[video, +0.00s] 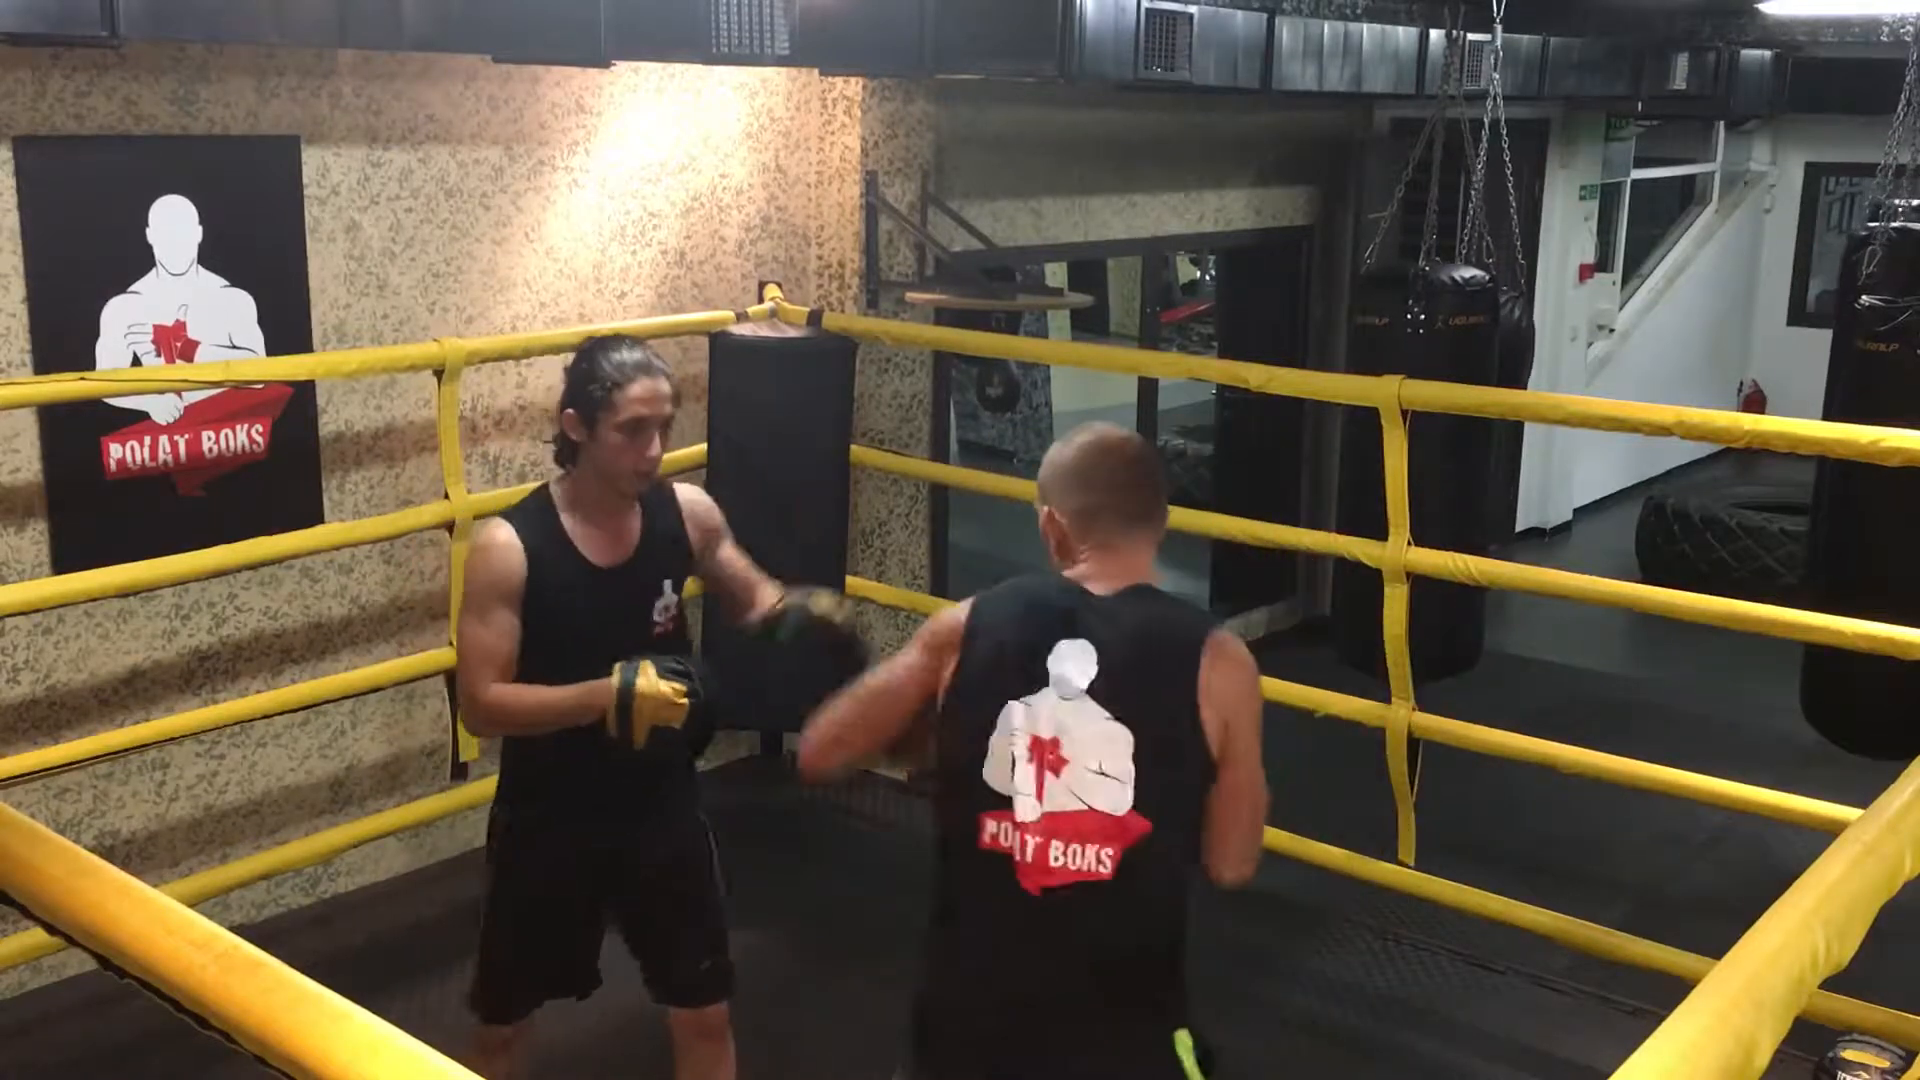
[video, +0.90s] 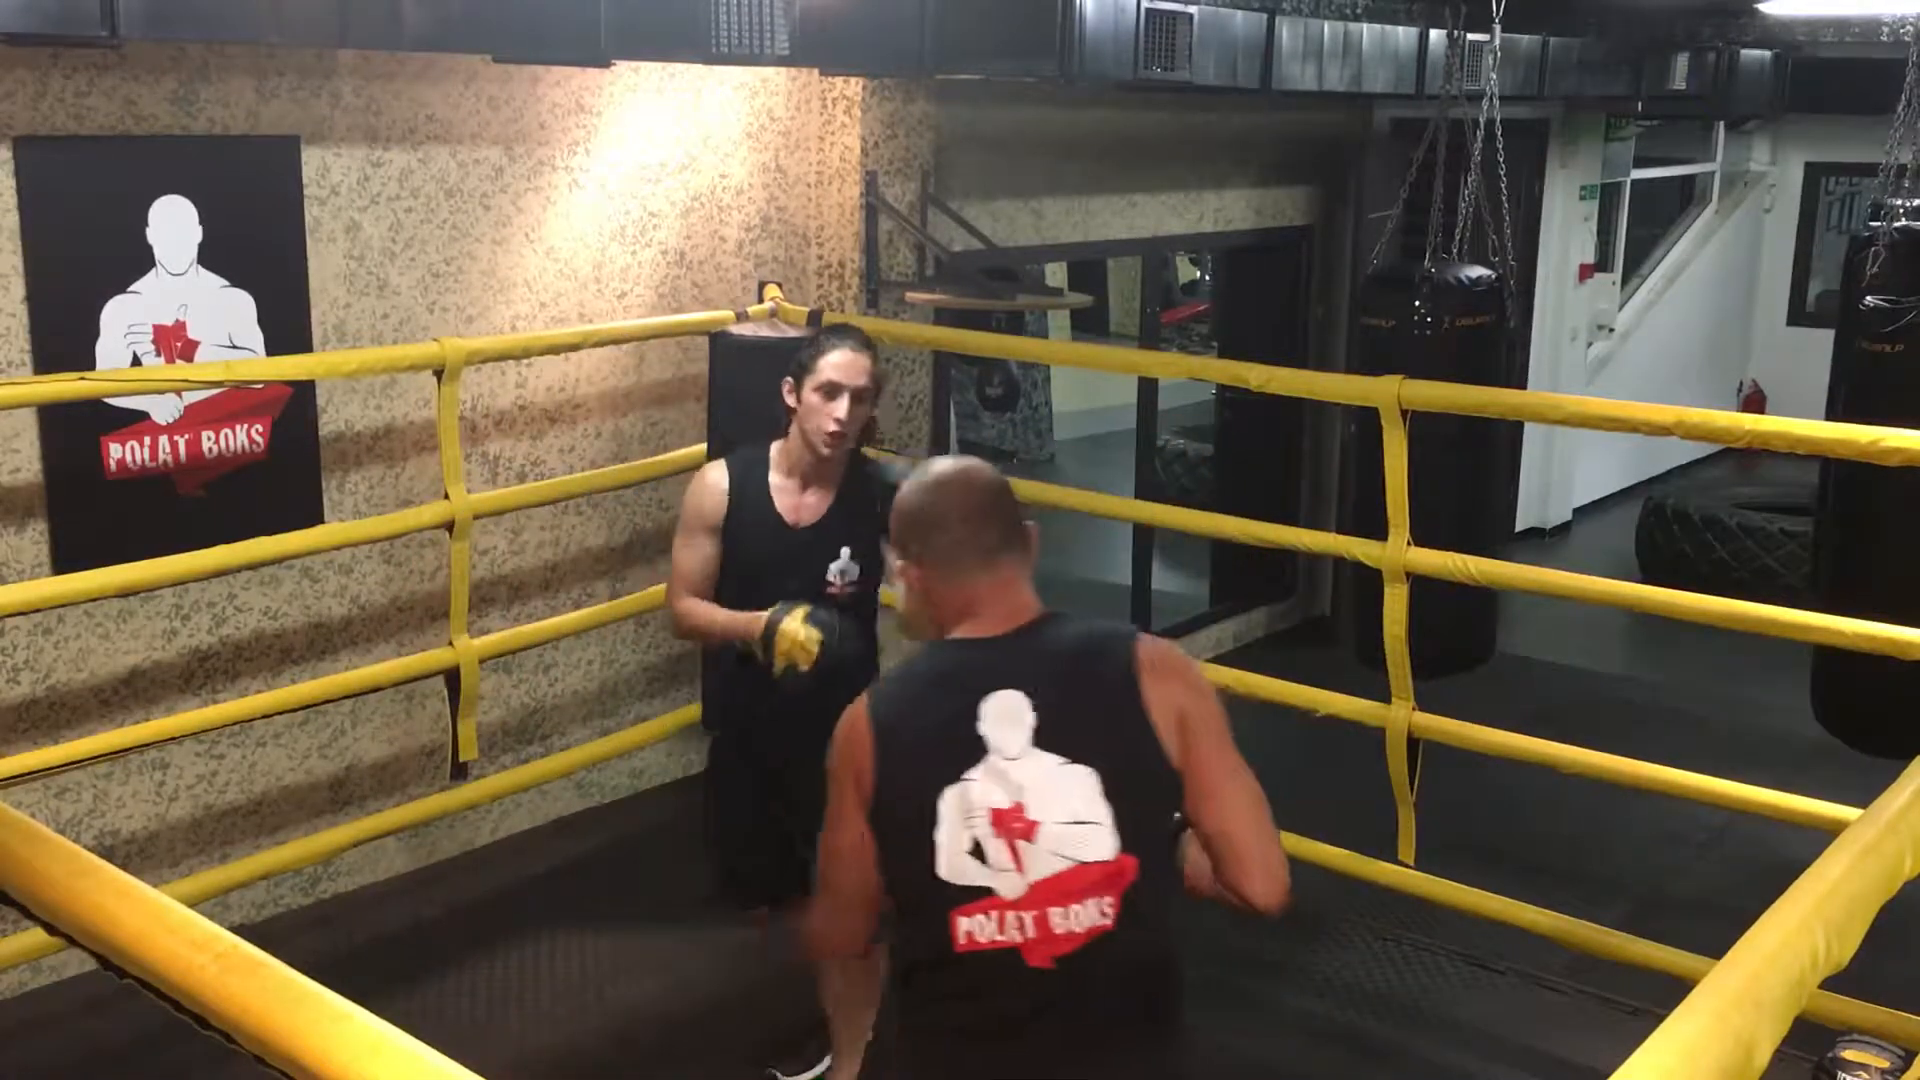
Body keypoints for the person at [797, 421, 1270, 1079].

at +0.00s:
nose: (1045, 533)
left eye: (1041, 520)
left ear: (1054, 529)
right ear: (1160, 521)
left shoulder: (965, 628)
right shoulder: (1220, 662)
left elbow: (818, 754)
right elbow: (1233, 863)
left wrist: (932, 728)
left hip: (973, 1017)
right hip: (1126, 1027)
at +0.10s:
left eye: (1045, 522)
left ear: (1055, 530)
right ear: (1164, 523)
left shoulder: (971, 642)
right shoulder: (1234, 664)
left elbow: (862, 827)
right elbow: (1249, 848)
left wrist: (960, 772)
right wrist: (1171, 766)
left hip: (975, 1023)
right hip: (1131, 1031)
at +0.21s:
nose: (1064, 566)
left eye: (1064, 553)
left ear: (1081, 558)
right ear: (1186, 550)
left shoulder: (1005, 676)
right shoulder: (1279, 702)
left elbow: (867, 851)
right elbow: (1257, 839)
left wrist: (889, 742)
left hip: (1002, 1040)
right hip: (1166, 1048)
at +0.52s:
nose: (1101, 570)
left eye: (1098, 551)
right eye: (1097, 552)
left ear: (1117, 551)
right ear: (1223, 539)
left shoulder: (1049, 672)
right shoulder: (1330, 699)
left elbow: (907, 855)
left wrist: (887, 730)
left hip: (1049, 1038)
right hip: (1220, 1050)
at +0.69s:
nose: (1008, 590)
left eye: (1003, 573)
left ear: (1015, 573)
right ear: (1126, 548)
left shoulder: (967, 714)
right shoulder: (1255, 697)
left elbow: (889, 917)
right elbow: (1281, 889)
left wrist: (908, 785)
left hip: (1025, 1056)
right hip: (1197, 1057)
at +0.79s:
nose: (941, 583)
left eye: (935, 570)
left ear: (945, 575)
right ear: (1060, 539)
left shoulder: (908, 721)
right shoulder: (1191, 673)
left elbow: (889, 932)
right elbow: (1285, 885)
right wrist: (1191, 822)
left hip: (988, 1056)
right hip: (1164, 1048)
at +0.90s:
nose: (897, 587)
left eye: (894, 570)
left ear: (910, 574)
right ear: (1032, 543)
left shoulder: (870, 725)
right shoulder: (1155, 670)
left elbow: (840, 934)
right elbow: (1263, 886)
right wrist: (1161, 838)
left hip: (949, 1052)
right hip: (1130, 1045)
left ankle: (843, 1058)